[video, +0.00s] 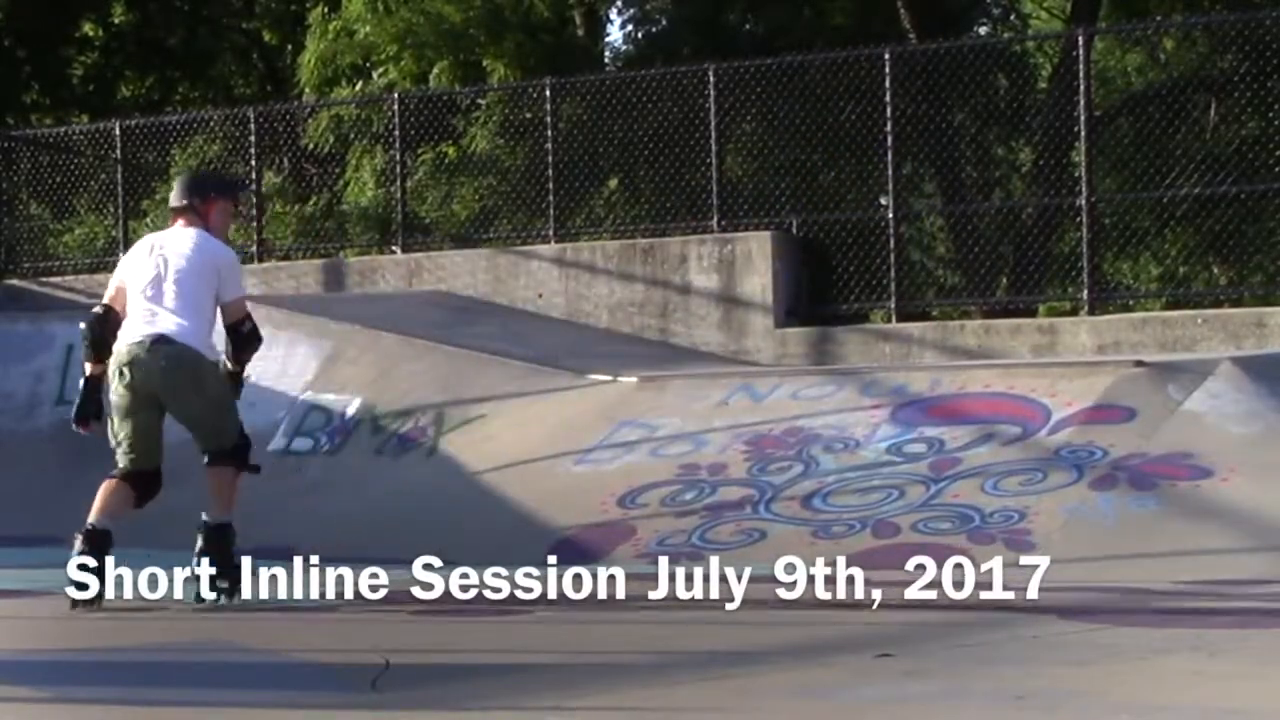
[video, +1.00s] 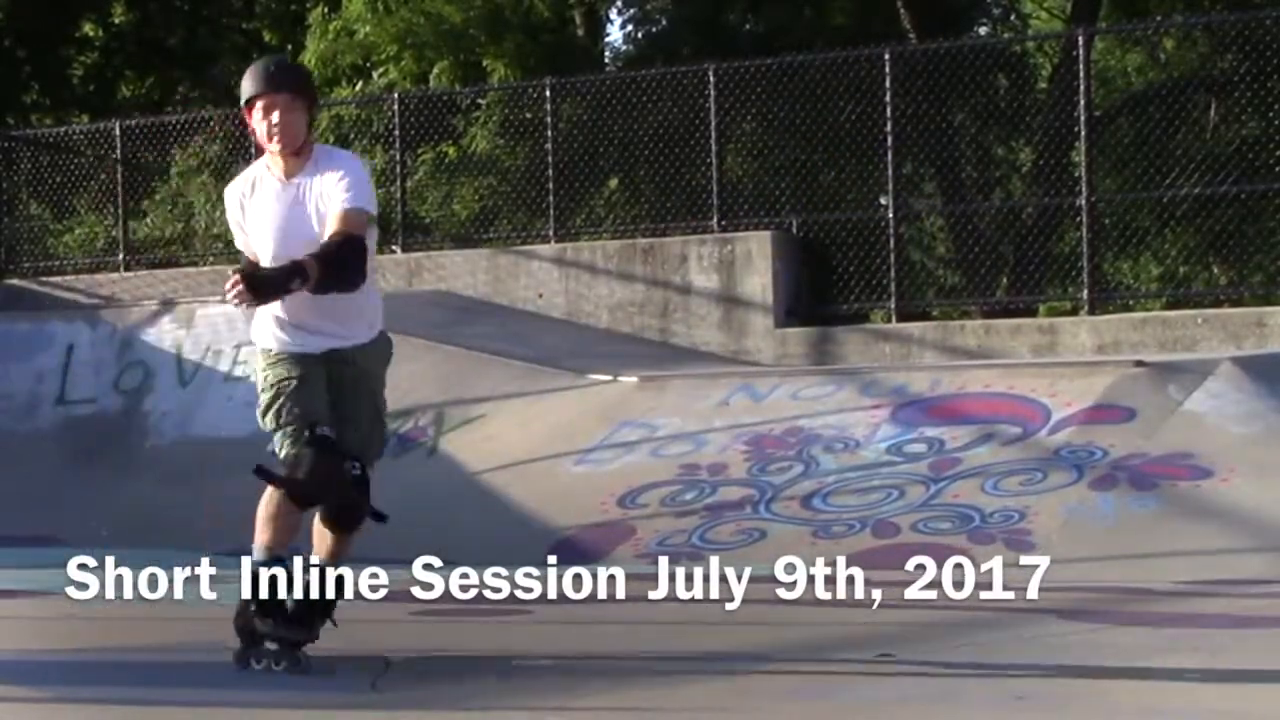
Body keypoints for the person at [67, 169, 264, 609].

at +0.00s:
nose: (232, 219)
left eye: (233, 210)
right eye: (228, 209)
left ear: (181, 209)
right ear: (208, 207)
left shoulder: (139, 249)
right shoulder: (218, 253)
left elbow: (101, 324)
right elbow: (244, 335)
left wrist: (91, 386)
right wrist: (233, 373)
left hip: (127, 359)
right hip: (184, 358)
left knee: (136, 473)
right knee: (227, 449)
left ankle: (88, 550)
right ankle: (215, 552)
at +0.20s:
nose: (184, 212)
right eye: (184, 206)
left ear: (130, 204)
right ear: (180, 207)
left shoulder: (103, 243)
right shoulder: (195, 252)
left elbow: (60, 322)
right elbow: (216, 344)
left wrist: (47, 383)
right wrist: (182, 375)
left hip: (108, 358)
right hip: (172, 365)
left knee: (84, 473)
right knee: (164, 461)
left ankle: (44, 552)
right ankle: (135, 561)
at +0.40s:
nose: (96, 208)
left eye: (99, 200)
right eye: (97, 200)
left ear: (115, 199)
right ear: (160, 200)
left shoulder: (100, 236)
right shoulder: (190, 248)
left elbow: (59, 311)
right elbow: (199, 331)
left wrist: (23, 373)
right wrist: (196, 379)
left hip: (124, 359)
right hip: (186, 367)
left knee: (85, 473)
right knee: (136, 470)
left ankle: (60, 580)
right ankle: (104, 558)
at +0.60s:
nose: (106, 185)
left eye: (113, 173)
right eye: (104, 175)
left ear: (149, 171)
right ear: (154, 176)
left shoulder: (144, 213)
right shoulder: (181, 221)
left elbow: (139, 283)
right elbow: (173, 329)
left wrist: (74, 337)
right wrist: (127, 401)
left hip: (190, 355)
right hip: (232, 357)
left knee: (145, 471)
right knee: (122, 449)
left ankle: (186, 594)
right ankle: (143, 581)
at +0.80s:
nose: (160, 133)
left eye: (170, 120)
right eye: (152, 124)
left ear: (206, 119)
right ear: (150, 132)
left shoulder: (230, 165)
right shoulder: (188, 195)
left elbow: (259, 237)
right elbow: (219, 279)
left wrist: (172, 252)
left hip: (283, 334)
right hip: (223, 348)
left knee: (269, 468)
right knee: (200, 469)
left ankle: (297, 582)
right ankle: (191, 589)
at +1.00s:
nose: (273, 122)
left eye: (284, 109)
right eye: (262, 112)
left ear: (309, 111)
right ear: (248, 122)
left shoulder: (344, 172)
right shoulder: (240, 194)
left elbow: (347, 263)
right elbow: (264, 272)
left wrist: (277, 279)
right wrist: (253, 289)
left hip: (356, 346)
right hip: (285, 344)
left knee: (350, 487)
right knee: (304, 465)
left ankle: (315, 606)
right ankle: (258, 605)